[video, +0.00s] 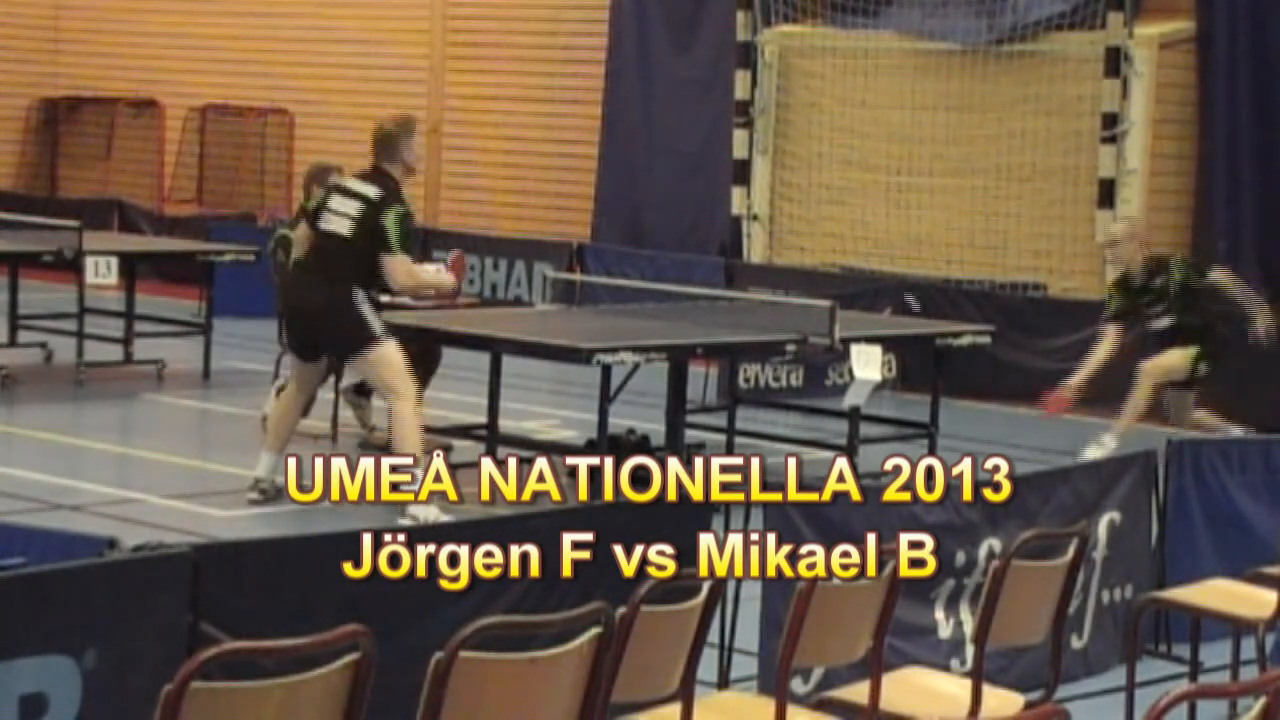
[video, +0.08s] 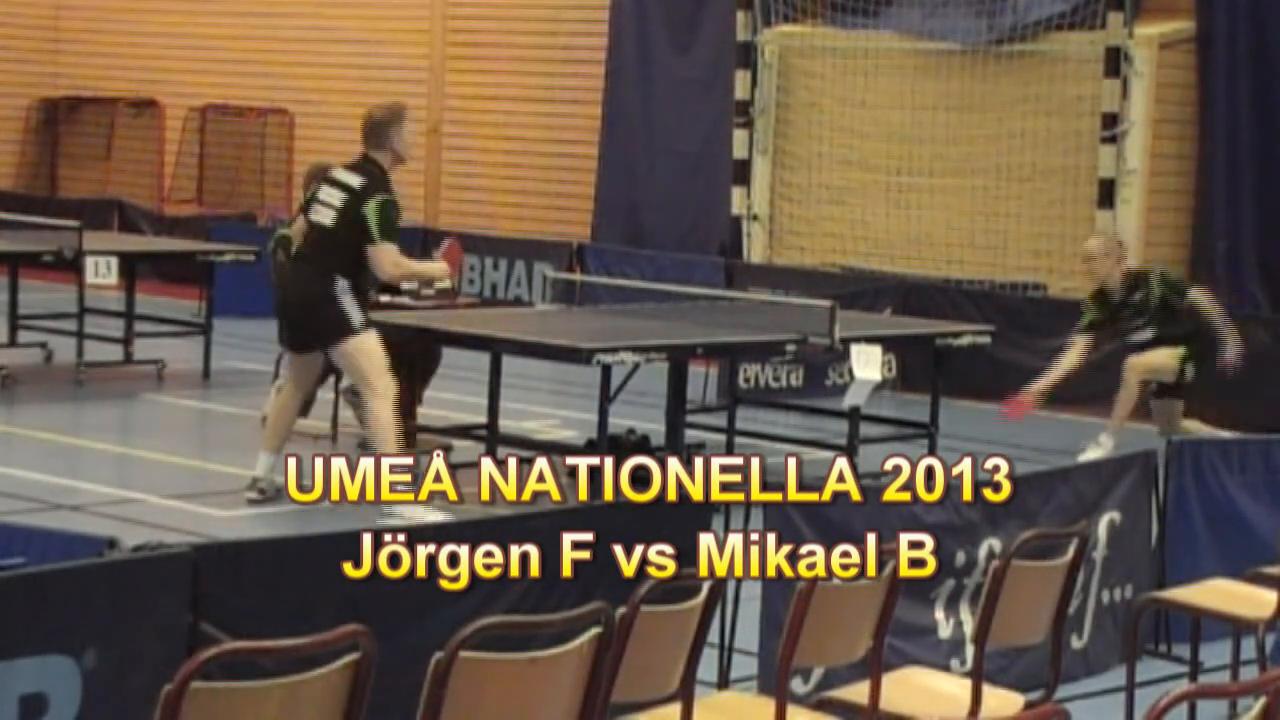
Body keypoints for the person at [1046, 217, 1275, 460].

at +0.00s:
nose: (1110, 253)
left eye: (1117, 244)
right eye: (1107, 247)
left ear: (1140, 244)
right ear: (1107, 251)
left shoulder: (1174, 269)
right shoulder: (1121, 289)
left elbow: (1223, 279)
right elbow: (1107, 343)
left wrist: (1258, 314)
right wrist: (1070, 388)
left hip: (1206, 343)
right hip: (1170, 348)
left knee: (1150, 369)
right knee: (1181, 415)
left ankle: (1111, 440)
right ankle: (1245, 436)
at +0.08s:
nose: (1087, 267)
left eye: (1094, 260)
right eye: (1085, 261)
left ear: (1116, 260)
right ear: (1086, 265)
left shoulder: (1150, 282)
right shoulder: (1099, 304)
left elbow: (1202, 300)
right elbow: (1074, 354)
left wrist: (1228, 342)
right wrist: (1033, 393)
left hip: (1190, 349)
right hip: (1156, 354)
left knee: (1135, 365)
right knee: (1170, 425)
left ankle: (1107, 440)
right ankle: (1239, 442)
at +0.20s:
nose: (1065, 296)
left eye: (1070, 288)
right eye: (1062, 290)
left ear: (1092, 287)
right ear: (1065, 292)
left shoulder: (1126, 304)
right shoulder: (1075, 327)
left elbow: (1181, 323)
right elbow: (1035, 364)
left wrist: (1198, 367)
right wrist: (985, 382)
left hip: (1174, 357)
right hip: (1142, 367)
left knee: (1127, 365)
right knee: (1173, 426)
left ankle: (1107, 440)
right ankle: (1227, 430)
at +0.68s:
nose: (1090, 220)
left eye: (1097, 215)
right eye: (1087, 213)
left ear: (1112, 217)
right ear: (1082, 215)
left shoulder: (1131, 246)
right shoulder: (1071, 244)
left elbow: (1168, 279)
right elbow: (1073, 291)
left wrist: (1190, 322)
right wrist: (1074, 331)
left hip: (1136, 310)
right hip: (1103, 315)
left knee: (1116, 357)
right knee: (1131, 390)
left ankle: (1111, 433)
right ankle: (1189, 416)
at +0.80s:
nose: (1088, 211)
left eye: (1095, 205)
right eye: (1085, 204)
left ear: (1110, 208)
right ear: (1079, 206)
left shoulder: (1125, 240)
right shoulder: (1067, 236)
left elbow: (1160, 282)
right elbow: (1058, 280)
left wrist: (1174, 334)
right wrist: (1055, 326)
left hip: (1130, 306)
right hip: (1095, 309)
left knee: (1115, 359)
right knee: (1091, 376)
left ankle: (1150, 425)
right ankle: (1155, 402)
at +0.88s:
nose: (1081, 212)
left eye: (1087, 206)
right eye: (1076, 205)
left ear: (1099, 207)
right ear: (1069, 207)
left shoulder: (1115, 242)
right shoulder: (1060, 239)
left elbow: (1146, 286)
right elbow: (1050, 286)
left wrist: (1149, 334)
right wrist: (1039, 329)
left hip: (1126, 312)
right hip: (1090, 314)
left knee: (1123, 363)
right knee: (1063, 370)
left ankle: (1153, 429)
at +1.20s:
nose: (1010, 188)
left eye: (1015, 182)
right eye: (1005, 182)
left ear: (1029, 183)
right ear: (1001, 186)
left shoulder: (1052, 212)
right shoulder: (1002, 218)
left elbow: (1085, 249)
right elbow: (998, 265)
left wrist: (1068, 290)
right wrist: (988, 299)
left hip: (1062, 288)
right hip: (1025, 288)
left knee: (1075, 349)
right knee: (999, 341)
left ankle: (1092, 403)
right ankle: (1031, 393)